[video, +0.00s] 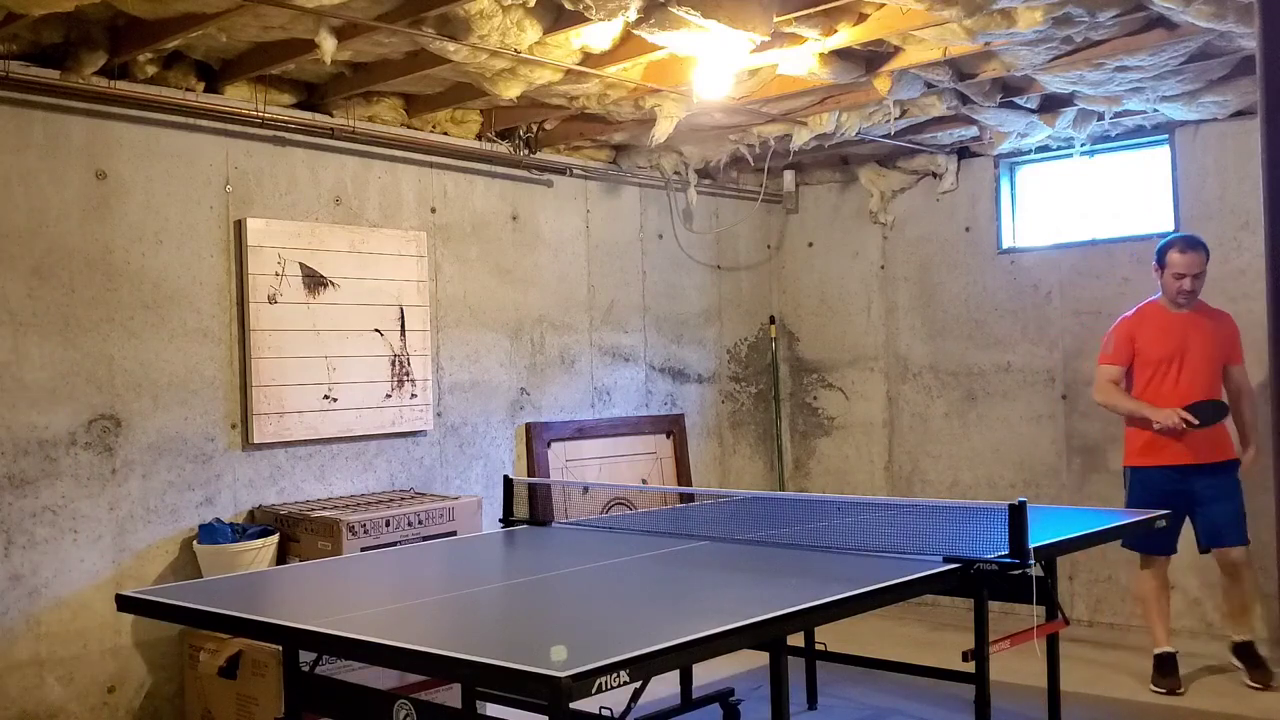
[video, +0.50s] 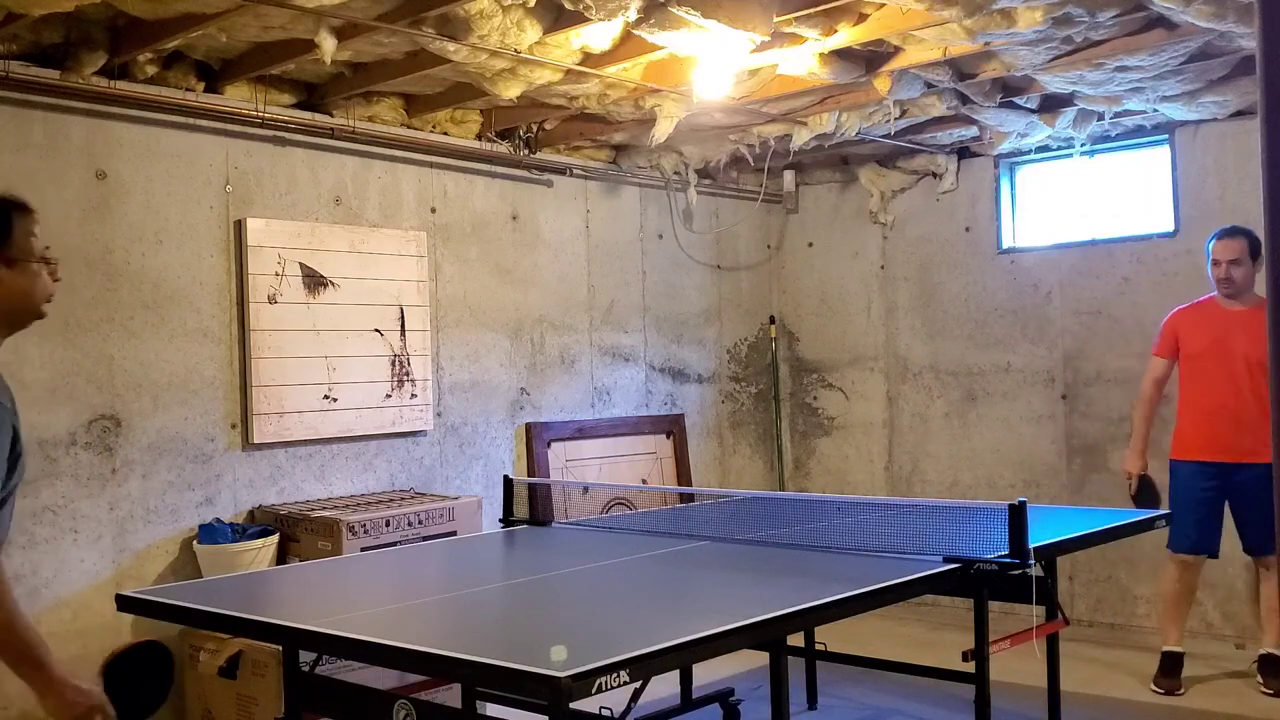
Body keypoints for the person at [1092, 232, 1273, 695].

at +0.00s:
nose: (1188, 284)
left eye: (1196, 275)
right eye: (1179, 275)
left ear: (1205, 273)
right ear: (1159, 272)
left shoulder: (1221, 324)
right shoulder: (1131, 326)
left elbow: (1239, 389)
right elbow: (1103, 391)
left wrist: (1249, 442)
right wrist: (1151, 412)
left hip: (1216, 465)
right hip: (1153, 468)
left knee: (1235, 557)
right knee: (1153, 561)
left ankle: (1244, 644)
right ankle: (1163, 654)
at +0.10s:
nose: (1195, 283)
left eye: (1204, 274)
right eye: (1186, 274)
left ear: (1215, 272)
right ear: (1169, 270)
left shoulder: (1235, 325)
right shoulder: (1141, 324)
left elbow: (1251, 387)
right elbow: (1111, 389)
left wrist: (1258, 440)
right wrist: (1156, 415)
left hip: (1225, 465)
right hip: (1161, 466)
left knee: (1243, 558)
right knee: (1157, 560)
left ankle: (1266, 655)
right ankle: (1164, 654)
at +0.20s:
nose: (1201, 279)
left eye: (1211, 270)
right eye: (1192, 270)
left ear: (1225, 268)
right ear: (1180, 267)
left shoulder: (1250, 323)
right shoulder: (1152, 320)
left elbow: (1271, 385)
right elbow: (1126, 384)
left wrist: (1270, 440)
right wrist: (1155, 428)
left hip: (1238, 462)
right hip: (1172, 462)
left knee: (1251, 558)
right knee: (1166, 559)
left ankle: (1266, 655)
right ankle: (1165, 655)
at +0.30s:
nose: (1209, 274)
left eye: (1219, 266)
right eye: (1201, 266)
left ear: (1236, 266)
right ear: (1190, 266)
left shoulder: (1261, 321)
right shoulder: (1164, 318)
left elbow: (1276, 383)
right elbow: (1138, 384)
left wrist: (1273, 440)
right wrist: (1152, 446)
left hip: (1249, 460)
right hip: (1184, 463)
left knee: (1259, 557)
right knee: (1176, 559)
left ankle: (1268, 655)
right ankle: (1167, 656)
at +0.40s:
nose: (1217, 273)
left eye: (1228, 264)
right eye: (1209, 265)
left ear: (1247, 267)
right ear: (1200, 267)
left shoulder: (1267, 319)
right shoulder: (1175, 319)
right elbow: (1144, 384)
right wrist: (1143, 454)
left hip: (1258, 461)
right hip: (1190, 461)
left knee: (1266, 557)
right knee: (1180, 559)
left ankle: (1271, 654)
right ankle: (1168, 655)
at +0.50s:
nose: (1223, 271)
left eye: (1234, 262)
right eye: (1216, 263)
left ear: (1255, 266)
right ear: (1208, 266)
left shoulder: (1269, 317)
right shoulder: (1183, 319)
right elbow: (1152, 384)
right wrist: (1137, 448)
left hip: (1260, 461)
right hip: (1194, 460)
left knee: (1270, 559)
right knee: (1184, 556)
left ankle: (1271, 655)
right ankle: (1171, 655)